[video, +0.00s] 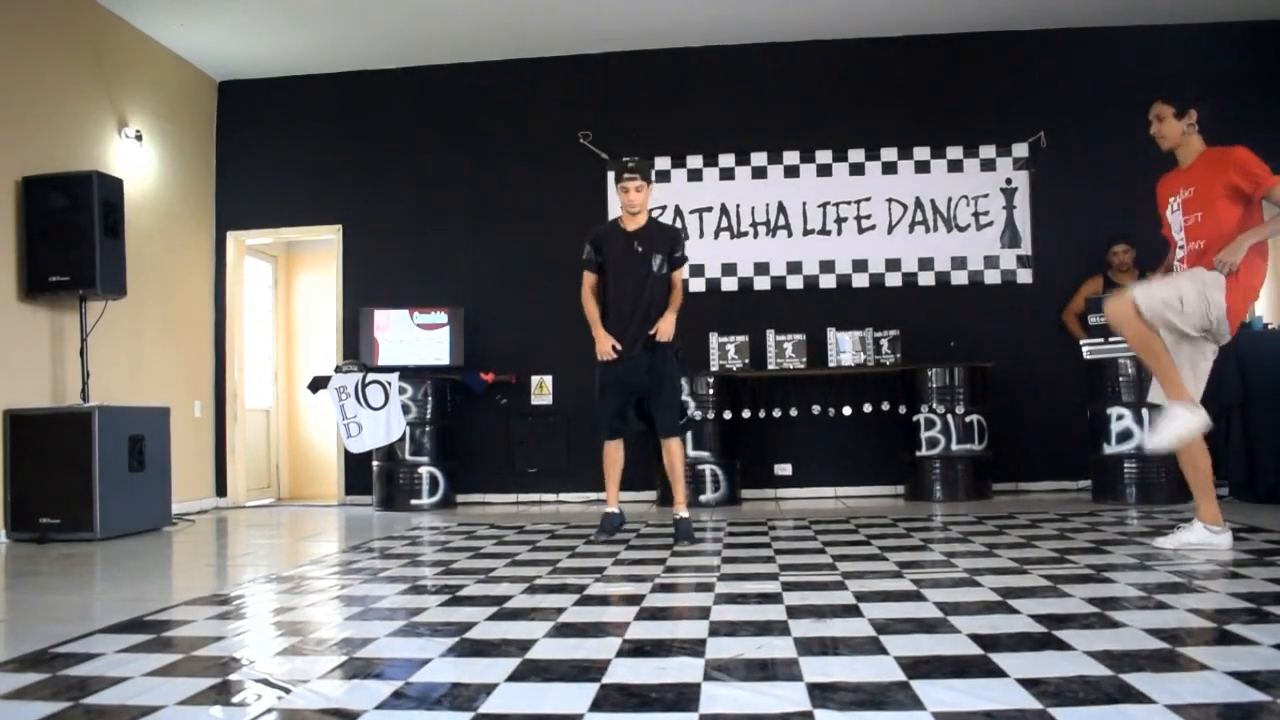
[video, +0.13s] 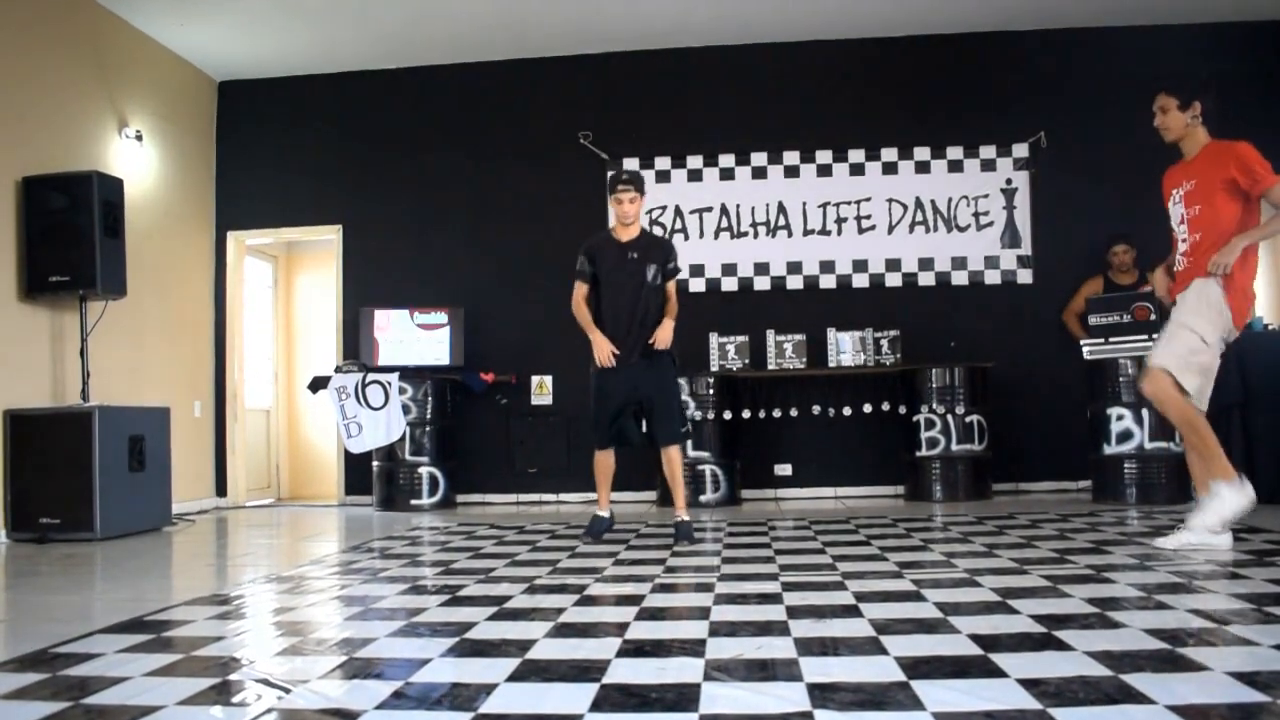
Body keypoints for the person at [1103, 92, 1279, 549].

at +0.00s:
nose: (1153, 129)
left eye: (1160, 119)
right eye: (1151, 122)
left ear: (1190, 120)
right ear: (1161, 130)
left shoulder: (1234, 159)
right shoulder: (1166, 186)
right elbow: (1178, 247)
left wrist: (1246, 239)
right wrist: (1157, 281)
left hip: (1225, 286)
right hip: (1189, 294)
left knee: (1121, 306)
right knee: (1176, 411)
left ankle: (1183, 407)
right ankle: (1211, 525)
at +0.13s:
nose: (1157, 121)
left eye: (1165, 112)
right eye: (1155, 114)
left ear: (1194, 112)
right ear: (1165, 121)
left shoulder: (1234, 154)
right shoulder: (1172, 177)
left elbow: (1279, 208)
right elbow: (1191, 240)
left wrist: (1242, 240)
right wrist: (1165, 268)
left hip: (1221, 289)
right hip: (1190, 294)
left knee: (1156, 382)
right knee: (1185, 406)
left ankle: (1228, 484)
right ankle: (1210, 522)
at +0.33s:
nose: (1168, 117)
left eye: (1175, 107)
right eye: (1167, 109)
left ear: (1206, 106)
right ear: (1187, 113)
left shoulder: (1252, 153)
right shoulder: (1185, 172)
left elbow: (1277, 225)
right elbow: (1192, 245)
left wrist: (1225, 231)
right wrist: (1168, 286)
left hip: (1228, 314)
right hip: (1180, 309)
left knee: (1219, 421)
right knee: (1155, 409)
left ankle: (1249, 532)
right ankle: (1200, 512)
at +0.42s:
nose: (1173, 119)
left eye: (1180, 109)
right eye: (1171, 112)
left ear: (1211, 107)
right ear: (1194, 114)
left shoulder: (1256, 153)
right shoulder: (1195, 174)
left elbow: (1277, 219)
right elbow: (1201, 250)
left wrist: (1212, 217)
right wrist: (1168, 289)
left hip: (1228, 319)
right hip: (1177, 307)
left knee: (1216, 425)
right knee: (1111, 370)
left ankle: (1247, 531)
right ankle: (1156, 452)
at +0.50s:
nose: (1174, 124)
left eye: (1181, 114)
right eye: (1172, 115)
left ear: (1210, 114)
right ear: (1197, 118)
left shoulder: (1250, 155)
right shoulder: (1203, 176)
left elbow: (1272, 219)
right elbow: (1217, 249)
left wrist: (1200, 209)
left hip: (1222, 312)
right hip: (1181, 291)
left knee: (1208, 421)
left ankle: (1245, 532)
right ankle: (1110, 398)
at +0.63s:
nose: (1169, 135)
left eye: (1176, 126)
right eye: (1169, 127)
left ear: (1207, 126)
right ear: (1194, 130)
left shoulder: (1237, 167)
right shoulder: (1206, 181)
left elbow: (1249, 230)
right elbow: (1209, 242)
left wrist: (1193, 209)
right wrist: (1175, 232)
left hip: (1216, 317)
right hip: (1189, 282)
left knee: (1197, 424)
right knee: (1132, 208)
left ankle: (1245, 532)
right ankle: (1059, 283)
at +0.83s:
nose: (1169, 139)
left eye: (1176, 130)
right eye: (1168, 131)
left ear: (1206, 131)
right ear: (1196, 134)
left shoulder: (1230, 173)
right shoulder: (1208, 182)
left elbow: (1209, 241)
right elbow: (1200, 254)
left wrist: (1167, 205)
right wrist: (1166, 231)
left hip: (1213, 318)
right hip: (1189, 294)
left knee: (1190, 429)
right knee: (1152, 204)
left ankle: (1244, 532)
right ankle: (1078, 262)